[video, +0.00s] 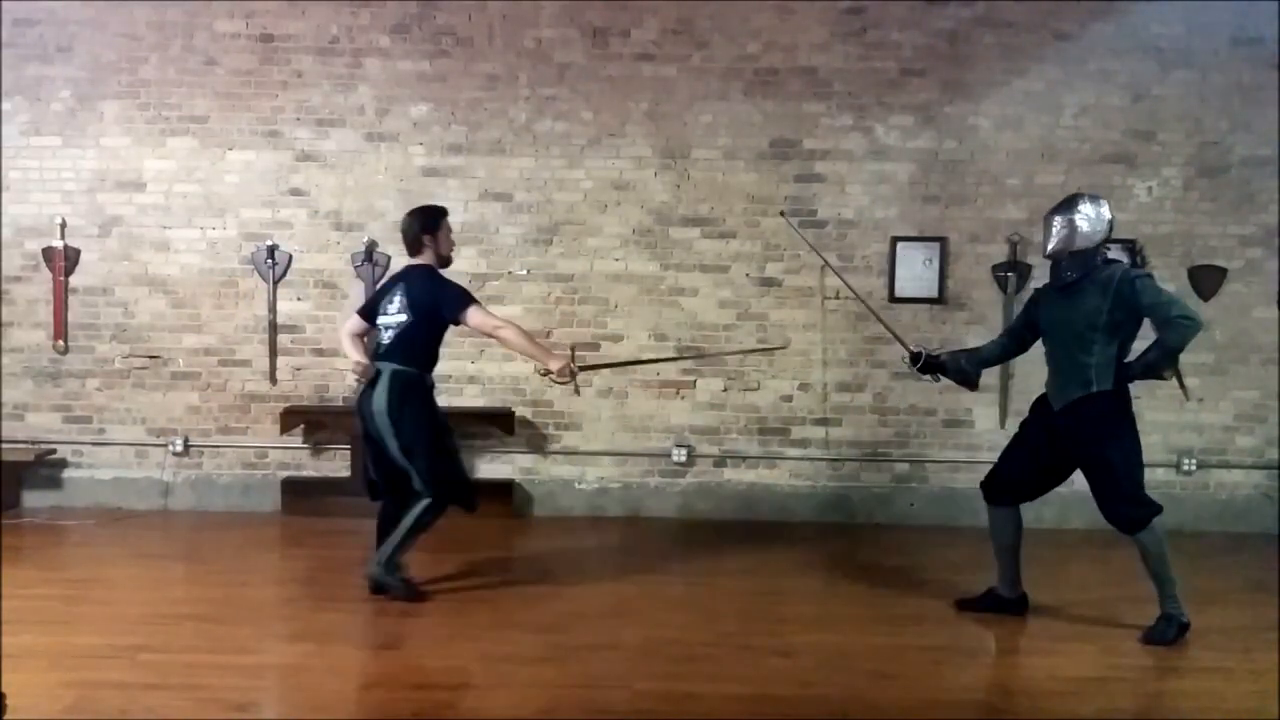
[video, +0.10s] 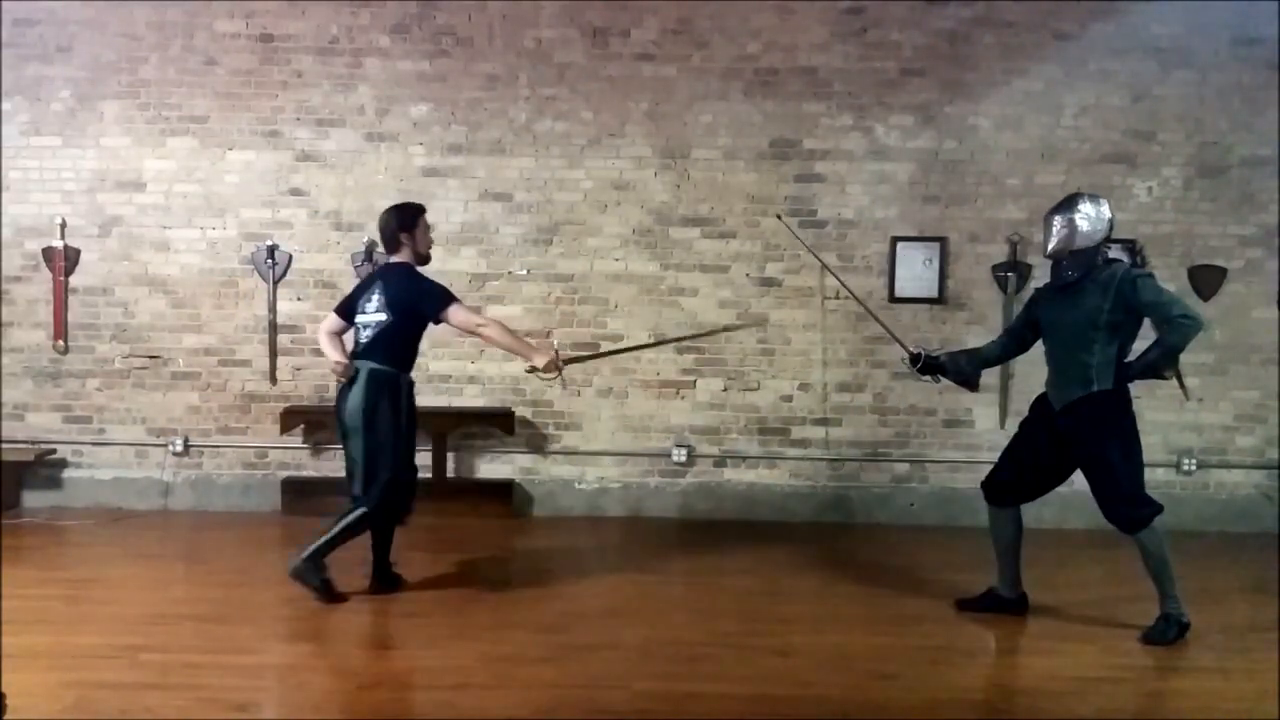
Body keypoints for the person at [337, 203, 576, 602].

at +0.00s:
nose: (452, 240)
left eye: (450, 232)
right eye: (447, 233)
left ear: (415, 241)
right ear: (429, 239)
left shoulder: (392, 284)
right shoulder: (436, 285)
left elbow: (350, 332)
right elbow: (495, 327)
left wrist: (359, 360)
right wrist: (550, 359)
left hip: (376, 392)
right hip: (400, 394)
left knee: (400, 489)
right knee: (439, 486)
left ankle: (384, 571)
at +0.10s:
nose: (431, 237)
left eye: (429, 229)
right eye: (426, 231)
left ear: (394, 240)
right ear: (408, 237)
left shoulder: (369, 284)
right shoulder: (415, 284)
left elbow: (327, 330)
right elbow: (479, 325)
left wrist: (340, 364)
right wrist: (533, 354)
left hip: (358, 389)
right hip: (382, 391)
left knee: (387, 486)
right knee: (392, 491)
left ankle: (381, 571)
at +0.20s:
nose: (415, 236)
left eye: (412, 228)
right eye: (410, 229)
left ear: (379, 238)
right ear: (389, 236)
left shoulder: (352, 283)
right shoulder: (397, 285)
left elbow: (310, 327)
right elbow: (461, 326)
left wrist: (320, 361)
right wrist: (521, 357)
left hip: (342, 392)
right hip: (357, 395)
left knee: (381, 480)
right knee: (352, 491)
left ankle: (381, 571)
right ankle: (278, 571)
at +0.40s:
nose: (383, 232)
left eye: (381, 223)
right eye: (376, 224)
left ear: (349, 232)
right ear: (352, 231)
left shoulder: (332, 276)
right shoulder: (350, 285)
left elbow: (303, 322)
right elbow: (420, 333)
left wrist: (283, 354)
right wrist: (480, 357)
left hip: (317, 390)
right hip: (307, 393)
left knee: (344, 471)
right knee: (314, 487)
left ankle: (333, 561)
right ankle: (268, 582)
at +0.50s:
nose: (367, 232)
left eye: (365, 223)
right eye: (360, 224)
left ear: (334, 231)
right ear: (334, 231)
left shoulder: (327, 276)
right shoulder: (329, 283)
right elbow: (396, 335)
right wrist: (459, 364)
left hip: (304, 390)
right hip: (290, 392)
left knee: (323, 479)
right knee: (306, 487)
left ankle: (281, 558)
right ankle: (268, 582)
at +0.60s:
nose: (354, 231)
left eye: (351, 223)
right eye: (346, 223)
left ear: (321, 233)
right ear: (320, 231)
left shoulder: (317, 279)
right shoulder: (314, 282)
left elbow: (295, 336)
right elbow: (372, 338)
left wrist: (259, 353)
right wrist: (431, 371)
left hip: (282, 387)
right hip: (282, 389)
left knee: (267, 478)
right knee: (303, 489)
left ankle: (223, 549)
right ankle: (269, 583)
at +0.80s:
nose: (330, 235)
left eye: (328, 228)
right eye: (321, 229)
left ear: (305, 236)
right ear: (295, 237)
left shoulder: (323, 291)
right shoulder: (281, 291)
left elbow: (280, 338)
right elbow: (324, 346)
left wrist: (246, 354)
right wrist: (369, 383)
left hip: (274, 395)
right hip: (256, 396)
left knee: (214, 471)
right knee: (296, 490)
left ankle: (160, 538)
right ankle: (268, 583)